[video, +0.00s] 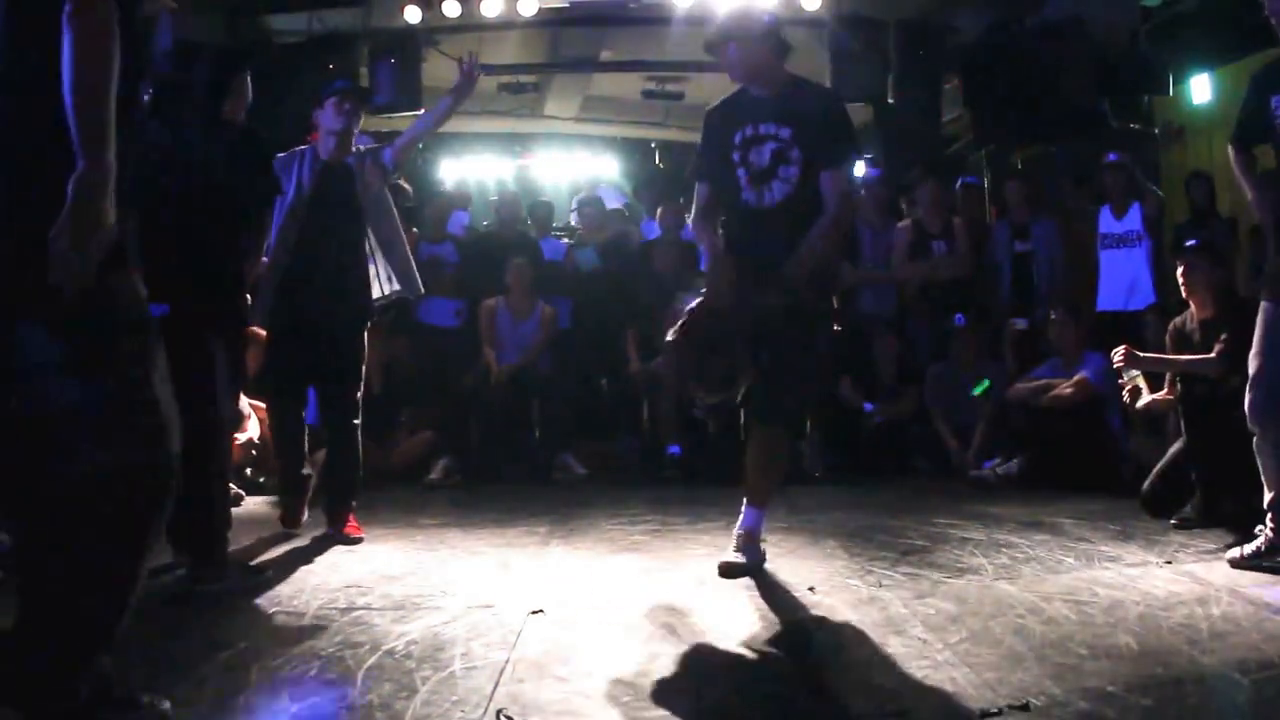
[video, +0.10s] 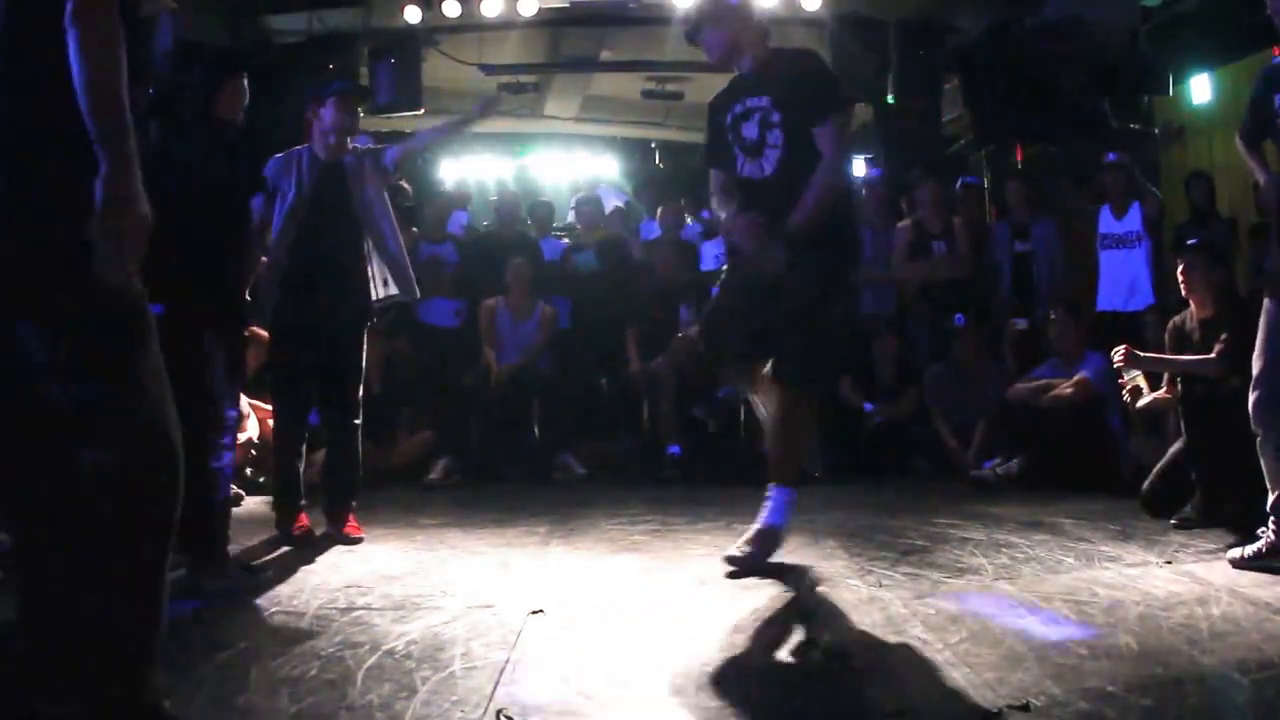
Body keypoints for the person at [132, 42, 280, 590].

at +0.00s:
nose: (249, 103)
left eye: (248, 95)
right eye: (244, 94)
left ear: (206, 96)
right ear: (229, 96)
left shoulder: (168, 141)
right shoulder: (243, 147)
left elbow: (147, 218)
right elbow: (254, 226)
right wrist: (246, 272)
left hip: (171, 289)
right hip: (213, 293)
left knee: (193, 417)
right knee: (213, 420)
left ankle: (187, 534)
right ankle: (205, 546)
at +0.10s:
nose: (245, 102)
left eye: (245, 92)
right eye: (238, 92)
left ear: (208, 96)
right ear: (215, 95)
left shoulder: (174, 144)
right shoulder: (223, 149)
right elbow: (230, 235)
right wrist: (234, 300)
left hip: (183, 300)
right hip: (203, 305)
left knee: (195, 426)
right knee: (210, 430)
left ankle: (190, 544)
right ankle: (206, 552)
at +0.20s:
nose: (244, 102)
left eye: (243, 92)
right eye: (235, 93)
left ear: (203, 98)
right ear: (215, 96)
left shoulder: (178, 146)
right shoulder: (216, 150)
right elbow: (222, 236)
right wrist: (236, 308)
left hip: (181, 310)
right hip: (203, 314)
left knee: (191, 431)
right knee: (212, 432)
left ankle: (194, 548)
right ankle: (207, 554)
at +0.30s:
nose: (245, 109)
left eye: (244, 99)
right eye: (237, 99)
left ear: (207, 101)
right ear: (215, 99)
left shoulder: (185, 147)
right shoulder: (206, 150)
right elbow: (212, 239)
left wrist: (241, 316)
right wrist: (234, 318)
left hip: (188, 307)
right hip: (196, 310)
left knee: (192, 427)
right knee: (210, 426)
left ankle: (194, 545)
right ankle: (201, 549)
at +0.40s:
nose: (246, 105)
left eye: (244, 93)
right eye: (237, 94)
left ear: (213, 97)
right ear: (210, 98)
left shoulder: (197, 149)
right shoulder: (196, 152)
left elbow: (214, 249)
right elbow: (209, 249)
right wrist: (228, 329)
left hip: (194, 312)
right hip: (190, 315)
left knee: (190, 430)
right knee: (195, 429)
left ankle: (189, 540)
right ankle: (191, 545)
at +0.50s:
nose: (245, 105)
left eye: (243, 93)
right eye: (236, 94)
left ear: (211, 97)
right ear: (207, 97)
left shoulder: (201, 152)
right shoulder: (191, 154)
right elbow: (202, 247)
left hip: (195, 309)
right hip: (182, 312)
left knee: (192, 425)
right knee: (191, 427)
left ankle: (183, 538)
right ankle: (178, 544)